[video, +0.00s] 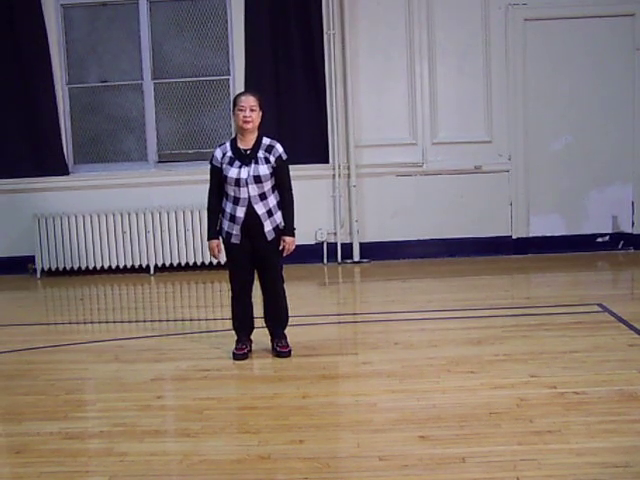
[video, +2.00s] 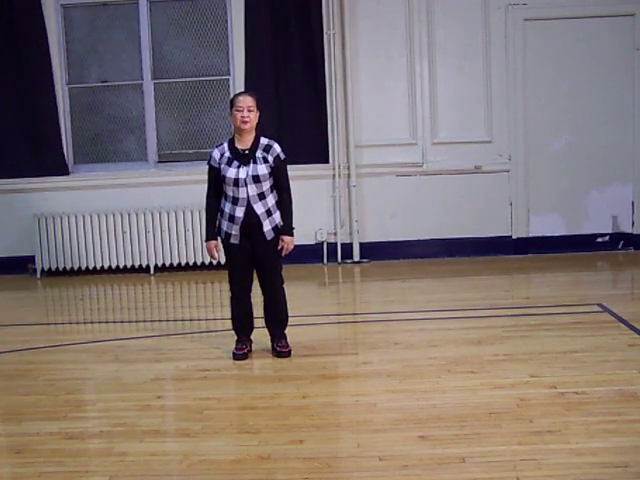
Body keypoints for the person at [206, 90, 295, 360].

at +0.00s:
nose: (247, 114)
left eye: (252, 110)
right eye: (241, 109)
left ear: (260, 114)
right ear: (233, 115)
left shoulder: (273, 150)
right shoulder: (221, 154)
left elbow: (286, 192)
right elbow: (214, 196)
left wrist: (289, 230)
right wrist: (213, 234)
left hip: (268, 230)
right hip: (235, 232)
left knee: (273, 285)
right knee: (240, 288)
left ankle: (278, 335)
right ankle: (243, 337)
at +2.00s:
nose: (244, 115)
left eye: (249, 110)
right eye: (239, 110)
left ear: (258, 115)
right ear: (231, 115)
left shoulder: (271, 150)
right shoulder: (219, 154)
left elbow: (284, 192)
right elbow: (213, 197)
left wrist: (287, 230)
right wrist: (211, 234)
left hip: (267, 230)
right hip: (234, 232)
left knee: (273, 285)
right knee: (239, 288)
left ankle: (279, 335)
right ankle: (243, 338)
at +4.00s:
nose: (243, 114)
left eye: (248, 110)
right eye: (237, 110)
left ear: (256, 114)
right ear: (230, 115)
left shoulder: (270, 149)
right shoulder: (219, 155)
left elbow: (283, 192)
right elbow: (212, 197)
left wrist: (286, 230)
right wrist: (211, 234)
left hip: (267, 230)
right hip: (233, 233)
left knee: (272, 285)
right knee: (239, 288)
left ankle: (278, 336)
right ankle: (243, 338)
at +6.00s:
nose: (242, 114)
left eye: (247, 109)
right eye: (236, 109)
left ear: (255, 114)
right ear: (228, 115)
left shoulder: (269, 149)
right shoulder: (217, 154)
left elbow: (283, 191)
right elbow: (211, 197)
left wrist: (285, 229)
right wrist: (210, 234)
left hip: (266, 230)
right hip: (233, 232)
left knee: (273, 286)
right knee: (239, 289)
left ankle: (279, 336)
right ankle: (243, 338)